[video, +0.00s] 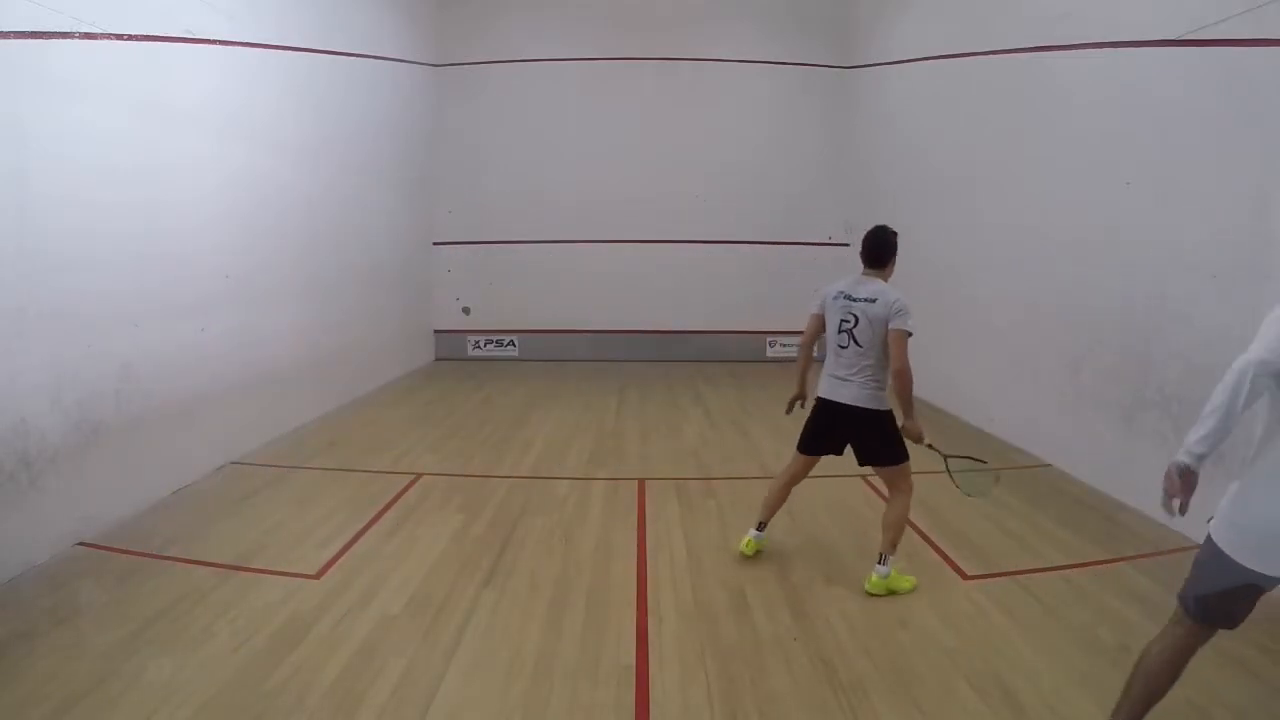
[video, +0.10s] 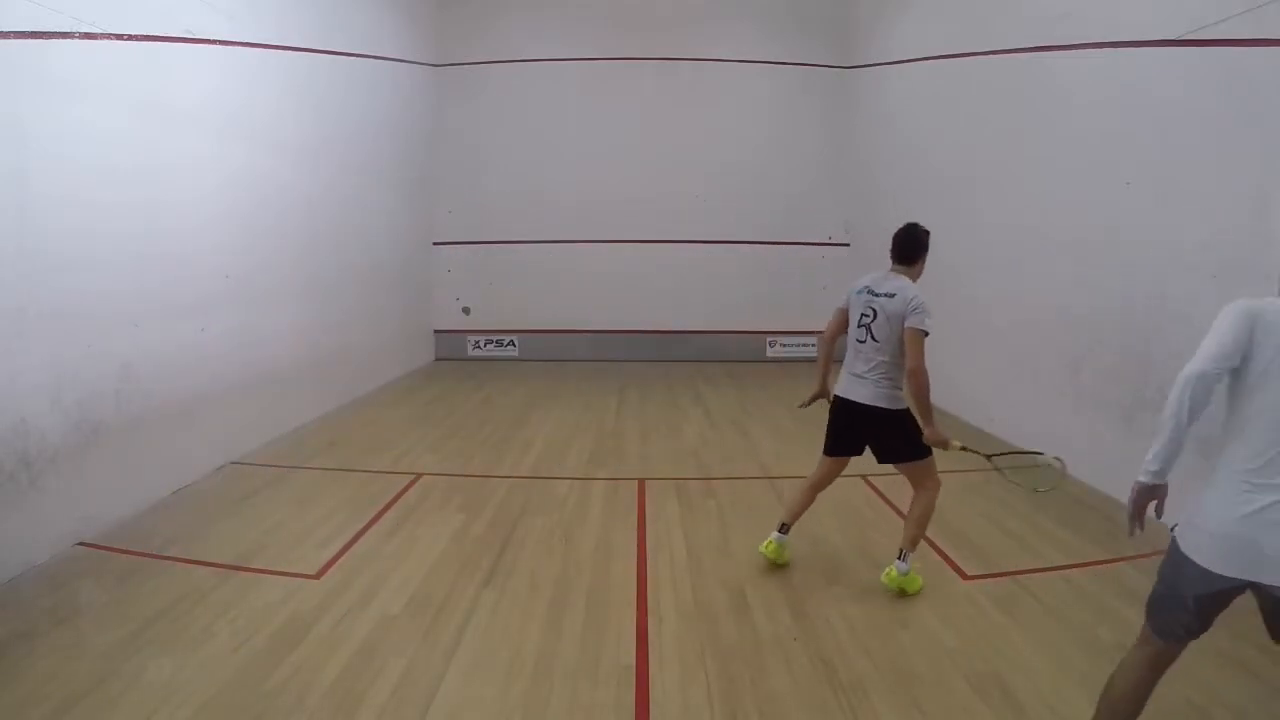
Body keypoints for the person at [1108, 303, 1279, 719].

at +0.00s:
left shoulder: (1279, 318)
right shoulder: (1278, 320)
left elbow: (1258, 364)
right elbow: (1257, 366)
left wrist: (1191, 454)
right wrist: (1192, 454)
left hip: (1265, 511)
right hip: (1265, 511)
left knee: (1188, 627)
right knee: (1189, 626)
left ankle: (1122, 714)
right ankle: (1123, 713)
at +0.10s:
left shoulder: (1253, 315)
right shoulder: (1253, 316)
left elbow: (1197, 376)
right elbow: (1197, 376)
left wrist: (1155, 470)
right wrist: (1156, 471)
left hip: (1225, 531)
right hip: (1275, 546)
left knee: (1151, 651)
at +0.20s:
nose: (1257, 266)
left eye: (1257, 257)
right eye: (1261, 258)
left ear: (1262, 257)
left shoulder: (1218, 301)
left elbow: (1145, 362)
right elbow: (1145, 365)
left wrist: (1118, 456)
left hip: (1188, 520)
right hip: (1268, 539)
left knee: (1131, 654)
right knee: (1273, 661)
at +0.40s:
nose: (1233, 231)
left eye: (1233, 223)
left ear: (1239, 222)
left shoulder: (1185, 266)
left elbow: (1094, 313)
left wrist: (1053, 416)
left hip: (1148, 513)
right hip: (1236, 538)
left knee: (1113, 652)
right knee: (1195, 665)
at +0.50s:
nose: (1226, 236)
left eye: (1227, 229)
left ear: (1231, 232)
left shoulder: (1175, 279)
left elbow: (1084, 334)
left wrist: (1034, 436)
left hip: (1119, 532)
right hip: (1206, 562)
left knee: (1110, 647)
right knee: (1145, 700)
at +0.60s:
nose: (1220, 249)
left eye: (1221, 241)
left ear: (1223, 247)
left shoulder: (1163, 298)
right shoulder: (1275, 331)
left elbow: (1082, 367)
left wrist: (1019, 467)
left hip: (1099, 539)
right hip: (1179, 570)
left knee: (1104, 637)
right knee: (1129, 706)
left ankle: (1070, 713)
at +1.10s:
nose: (1175, 226)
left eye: (1175, 217)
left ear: (1176, 227)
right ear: (1231, 242)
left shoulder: (1119, 281)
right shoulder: (1247, 328)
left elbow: (1040, 344)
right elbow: (1229, 441)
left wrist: (1040, 401)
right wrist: (1208, 509)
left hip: (1085, 497)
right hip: (1164, 521)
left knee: (1073, 598)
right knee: (1155, 651)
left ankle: (1023, 710)